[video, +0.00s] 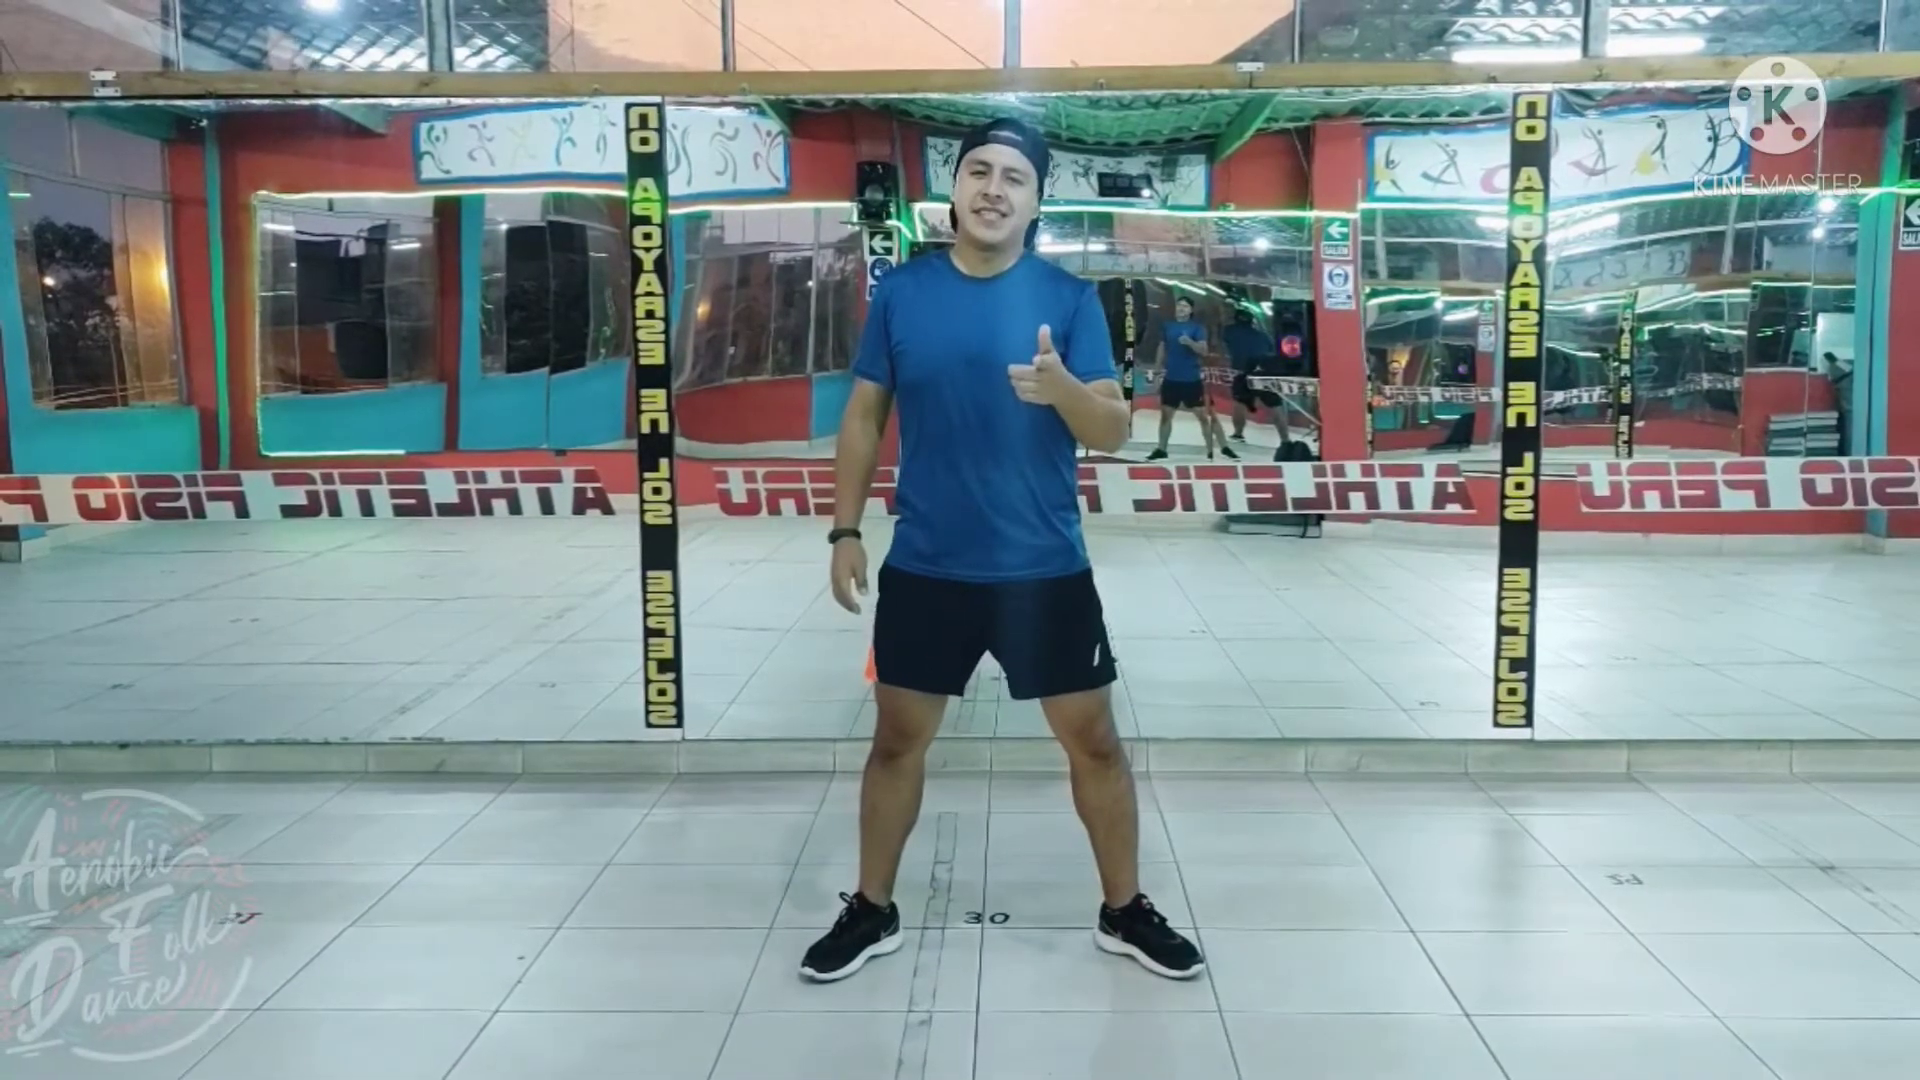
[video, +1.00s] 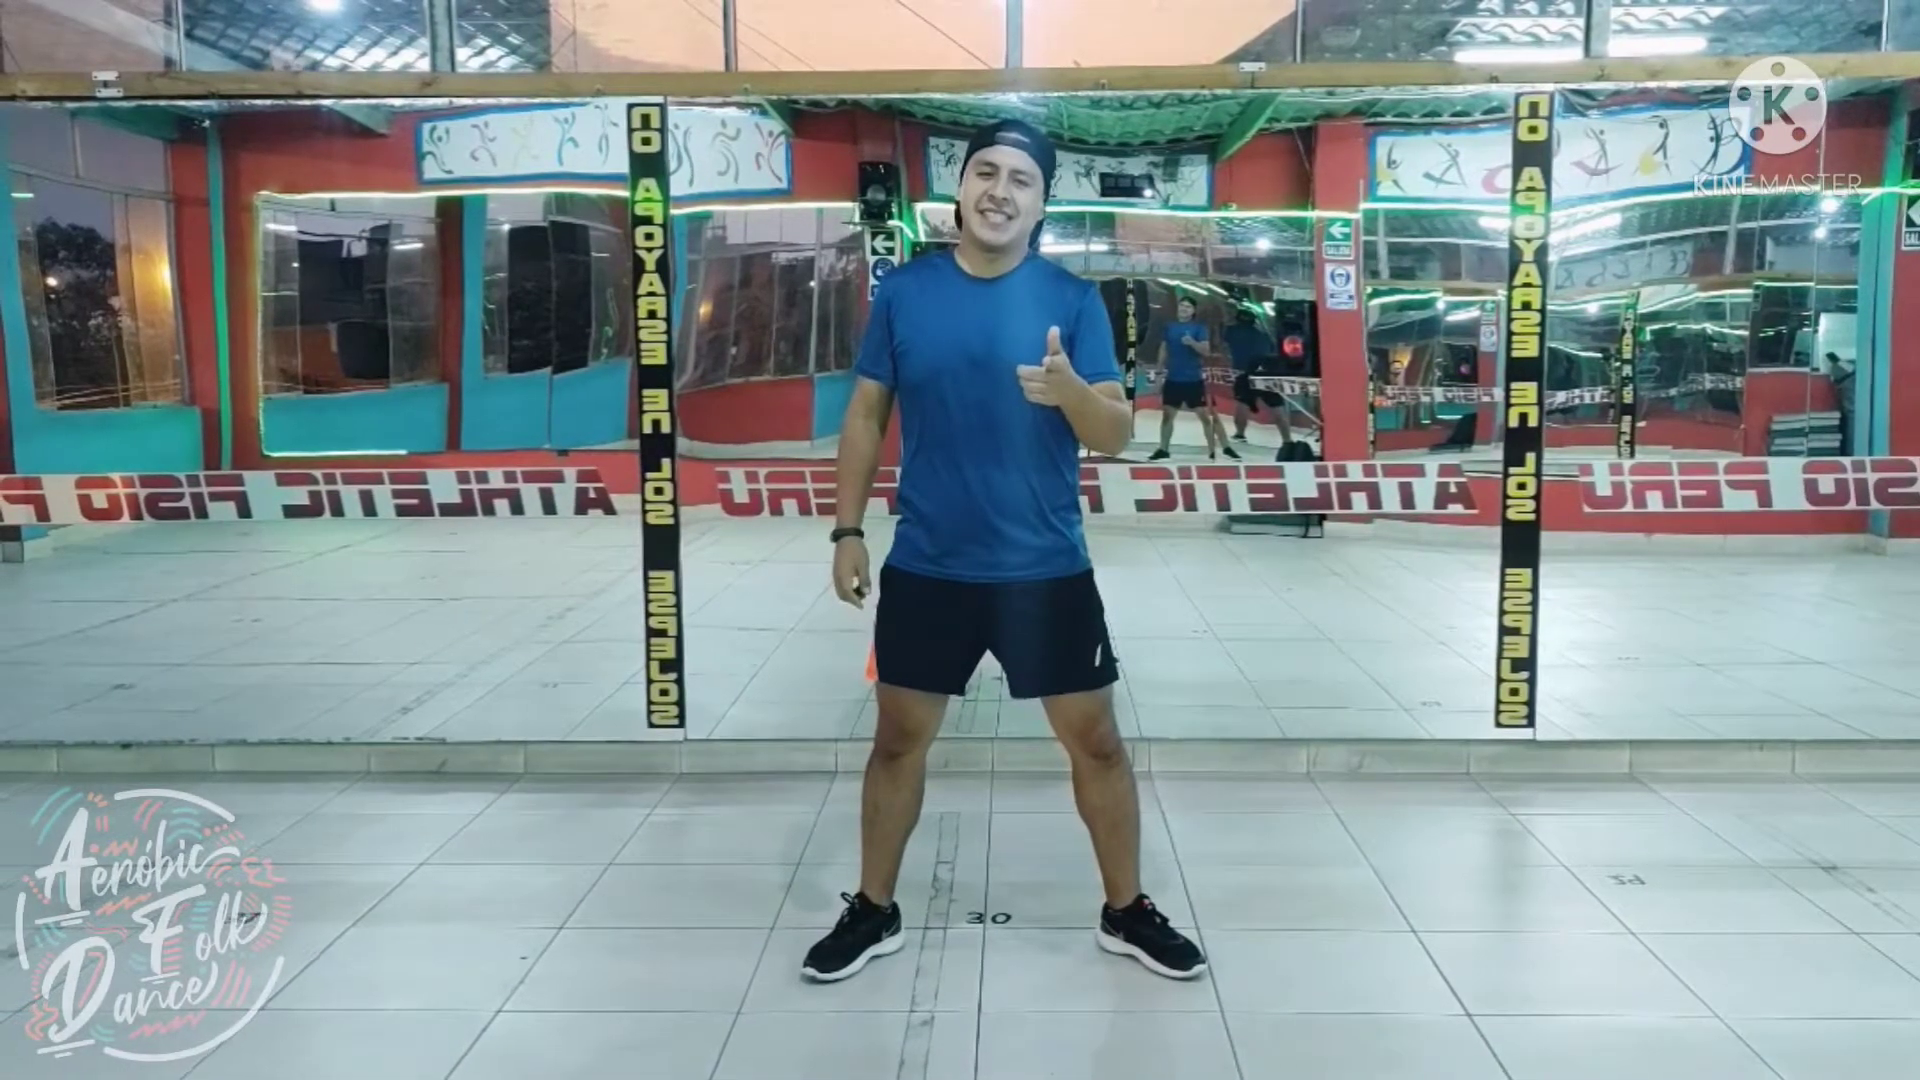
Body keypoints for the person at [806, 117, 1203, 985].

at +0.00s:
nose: (993, 189)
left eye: (1013, 180)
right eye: (980, 173)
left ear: (1037, 203)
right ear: (952, 189)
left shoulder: (1068, 297)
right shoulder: (900, 292)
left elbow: (1111, 431)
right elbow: (865, 413)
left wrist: (1067, 395)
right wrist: (847, 527)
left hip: (1044, 563)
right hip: (928, 560)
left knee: (1094, 740)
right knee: (896, 739)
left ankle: (1124, 905)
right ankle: (871, 905)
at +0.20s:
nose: (995, 189)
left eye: (1015, 179)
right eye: (981, 173)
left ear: (1038, 204)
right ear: (954, 190)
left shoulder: (1069, 298)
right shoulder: (900, 292)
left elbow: (1110, 432)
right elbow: (865, 411)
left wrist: (1068, 396)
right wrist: (846, 526)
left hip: (1044, 563)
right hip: (927, 560)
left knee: (1095, 742)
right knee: (896, 738)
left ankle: (1125, 906)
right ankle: (872, 905)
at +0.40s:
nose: (995, 190)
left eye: (1015, 180)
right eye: (981, 174)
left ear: (1038, 204)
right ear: (954, 190)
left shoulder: (1069, 298)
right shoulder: (900, 292)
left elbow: (1111, 432)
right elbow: (865, 412)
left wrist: (1068, 396)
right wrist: (848, 528)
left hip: (1044, 564)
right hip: (928, 561)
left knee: (1095, 742)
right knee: (896, 740)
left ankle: (1125, 906)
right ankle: (872, 905)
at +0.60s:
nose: (996, 189)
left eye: (1017, 180)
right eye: (983, 174)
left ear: (1040, 204)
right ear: (955, 190)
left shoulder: (1070, 299)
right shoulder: (901, 292)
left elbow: (1111, 433)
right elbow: (866, 412)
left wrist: (1070, 397)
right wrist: (847, 530)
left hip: (1045, 563)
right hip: (928, 560)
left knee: (1095, 742)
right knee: (896, 738)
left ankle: (1126, 906)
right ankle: (872, 904)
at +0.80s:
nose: (999, 190)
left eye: (1019, 181)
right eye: (985, 174)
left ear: (1042, 205)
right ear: (957, 190)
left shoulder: (1071, 298)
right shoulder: (902, 292)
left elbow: (1112, 434)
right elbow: (866, 411)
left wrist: (1072, 398)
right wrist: (847, 529)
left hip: (1045, 564)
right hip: (929, 560)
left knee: (1096, 742)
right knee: (896, 739)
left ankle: (1126, 906)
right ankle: (873, 904)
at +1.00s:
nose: (1000, 190)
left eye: (1020, 181)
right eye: (986, 174)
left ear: (1042, 206)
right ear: (957, 190)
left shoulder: (1072, 299)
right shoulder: (903, 292)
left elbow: (1113, 435)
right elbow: (867, 411)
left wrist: (1074, 398)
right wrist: (849, 527)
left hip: (1045, 564)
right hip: (929, 560)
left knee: (1096, 742)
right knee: (896, 738)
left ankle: (1126, 906)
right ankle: (873, 905)